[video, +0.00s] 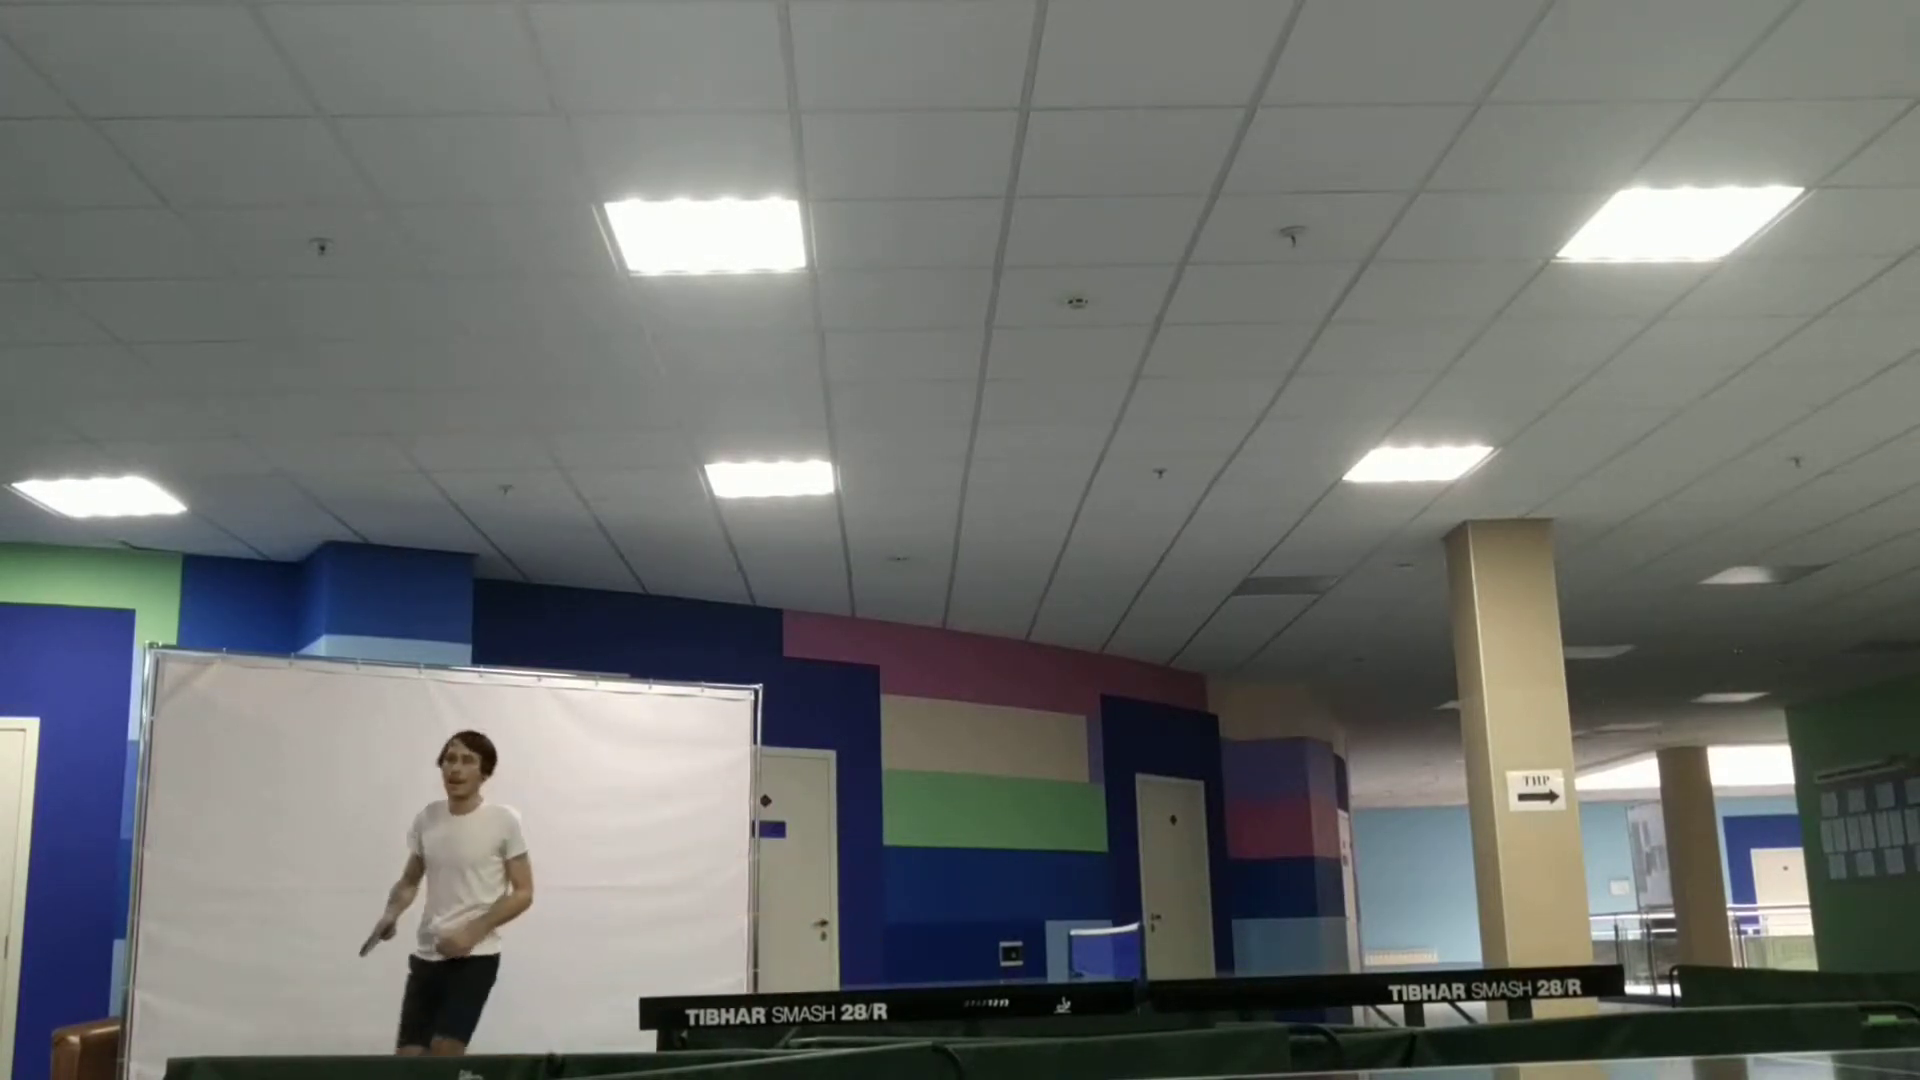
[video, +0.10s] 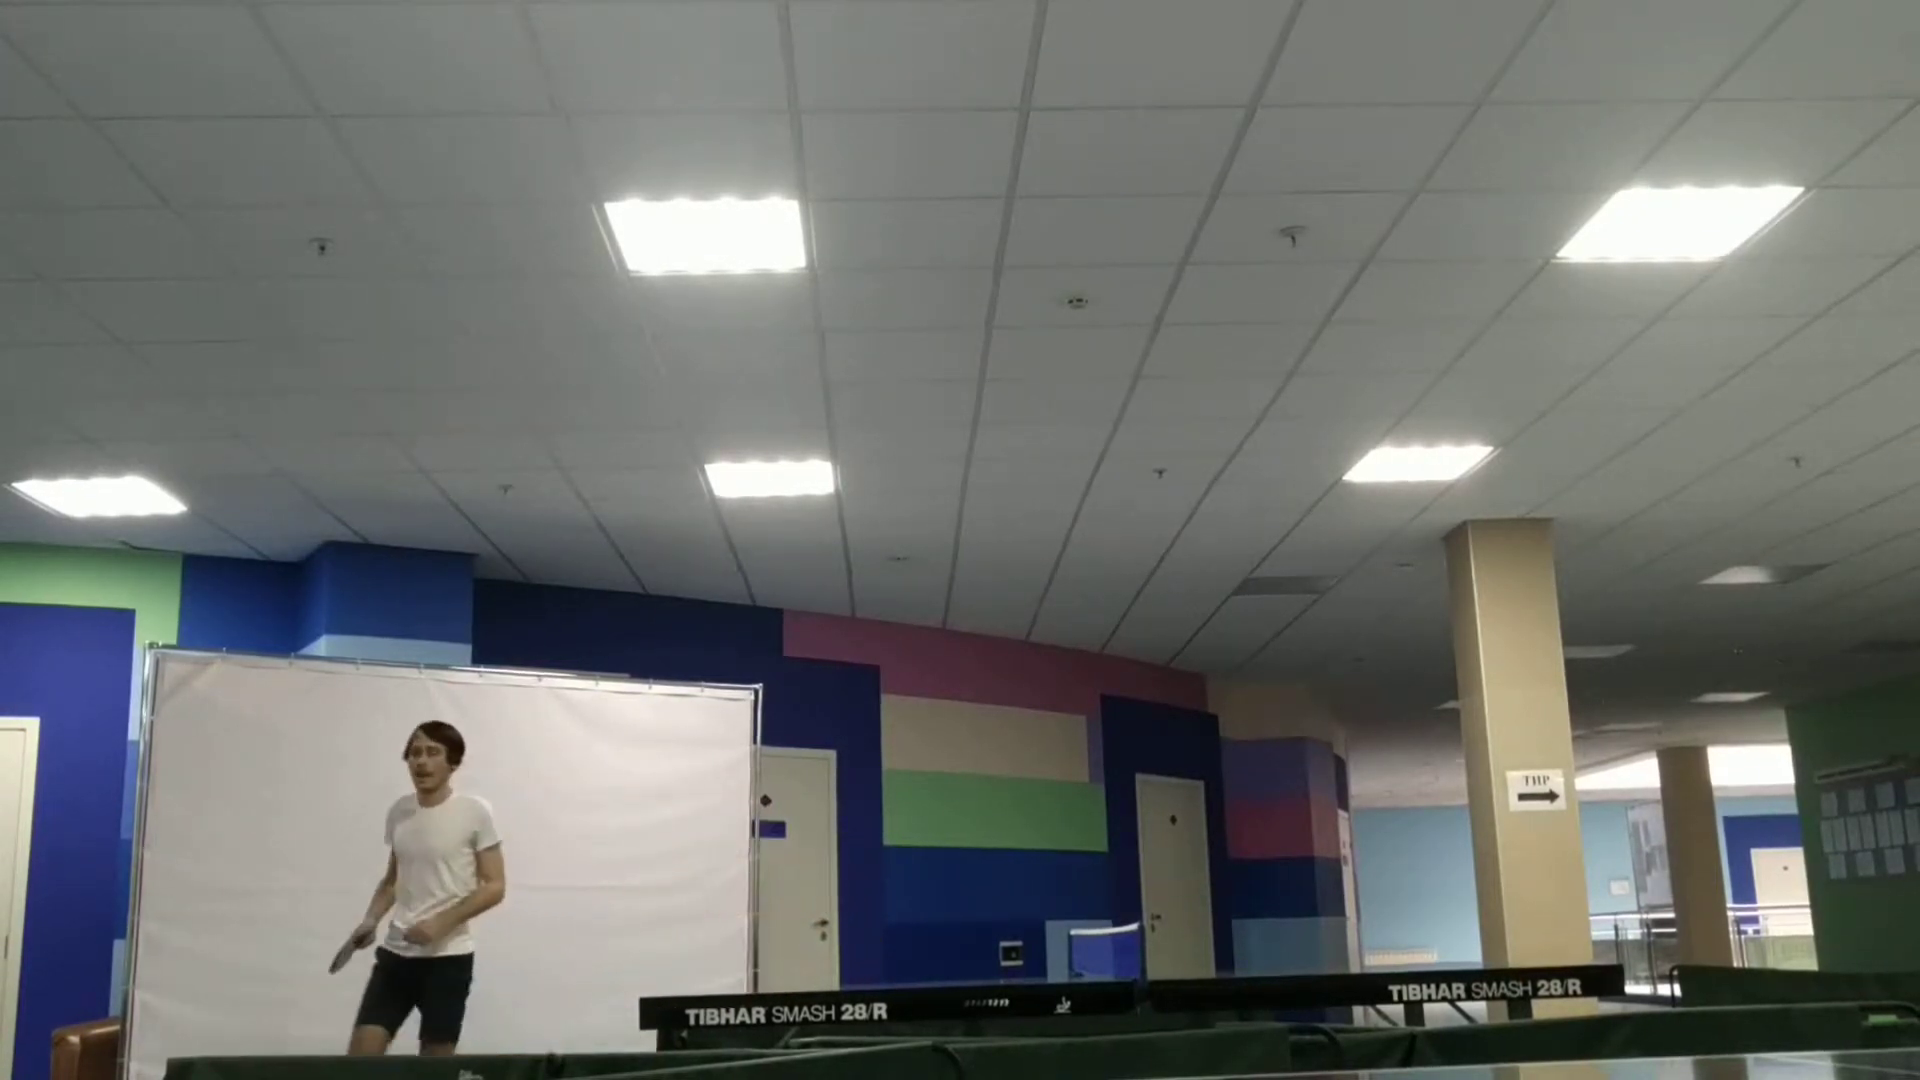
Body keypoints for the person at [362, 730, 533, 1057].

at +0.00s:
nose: (456, 768)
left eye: (467, 761)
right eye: (450, 760)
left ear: (484, 772)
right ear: (441, 767)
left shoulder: (503, 821)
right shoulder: (427, 819)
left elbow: (523, 894)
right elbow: (409, 880)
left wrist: (471, 933)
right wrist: (390, 915)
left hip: (475, 959)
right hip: (428, 957)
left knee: (444, 1053)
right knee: (409, 1056)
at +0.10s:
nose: (420, 761)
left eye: (431, 752)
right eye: (414, 753)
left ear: (452, 762)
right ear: (407, 761)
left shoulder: (475, 813)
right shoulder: (400, 812)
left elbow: (494, 887)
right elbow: (392, 880)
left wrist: (441, 923)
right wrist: (370, 921)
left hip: (447, 962)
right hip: (395, 958)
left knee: (435, 1064)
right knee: (361, 1056)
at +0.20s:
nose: (384, 766)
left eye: (394, 756)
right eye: (376, 758)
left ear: (417, 764)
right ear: (369, 766)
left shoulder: (445, 815)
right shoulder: (369, 817)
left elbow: (466, 892)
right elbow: (376, 879)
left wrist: (408, 918)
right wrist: (346, 926)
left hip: (421, 970)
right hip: (365, 968)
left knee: (430, 1068)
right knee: (327, 1059)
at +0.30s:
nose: (344, 769)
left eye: (353, 757)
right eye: (336, 761)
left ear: (379, 764)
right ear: (330, 770)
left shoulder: (410, 817)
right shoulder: (333, 821)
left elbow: (434, 894)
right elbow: (342, 886)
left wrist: (375, 920)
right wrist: (310, 931)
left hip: (386, 976)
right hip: (327, 973)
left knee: (399, 1070)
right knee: (294, 1060)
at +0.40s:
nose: (304, 761)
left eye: (314, 749)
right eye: (296, 754)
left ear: (341, 756)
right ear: (291, 763)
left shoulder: (375, 810)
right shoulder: (294, 817)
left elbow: (402, 890)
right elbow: (302, 883)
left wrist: (342, 923)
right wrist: (263, 930)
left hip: (347, 976)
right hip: (286, 969)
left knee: (343, 1075)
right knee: (257, 1060)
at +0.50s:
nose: (275, 748)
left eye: (284, 737)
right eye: (266, 741)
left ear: (312, 742)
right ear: (260, 749)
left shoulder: (349, 796)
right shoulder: (259, 804)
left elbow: (374, 878)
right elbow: (249, 877)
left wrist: (318, 923)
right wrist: (210, 919)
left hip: (313, 959)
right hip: (254, 953)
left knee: (288, 1062)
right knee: (239, 1059)